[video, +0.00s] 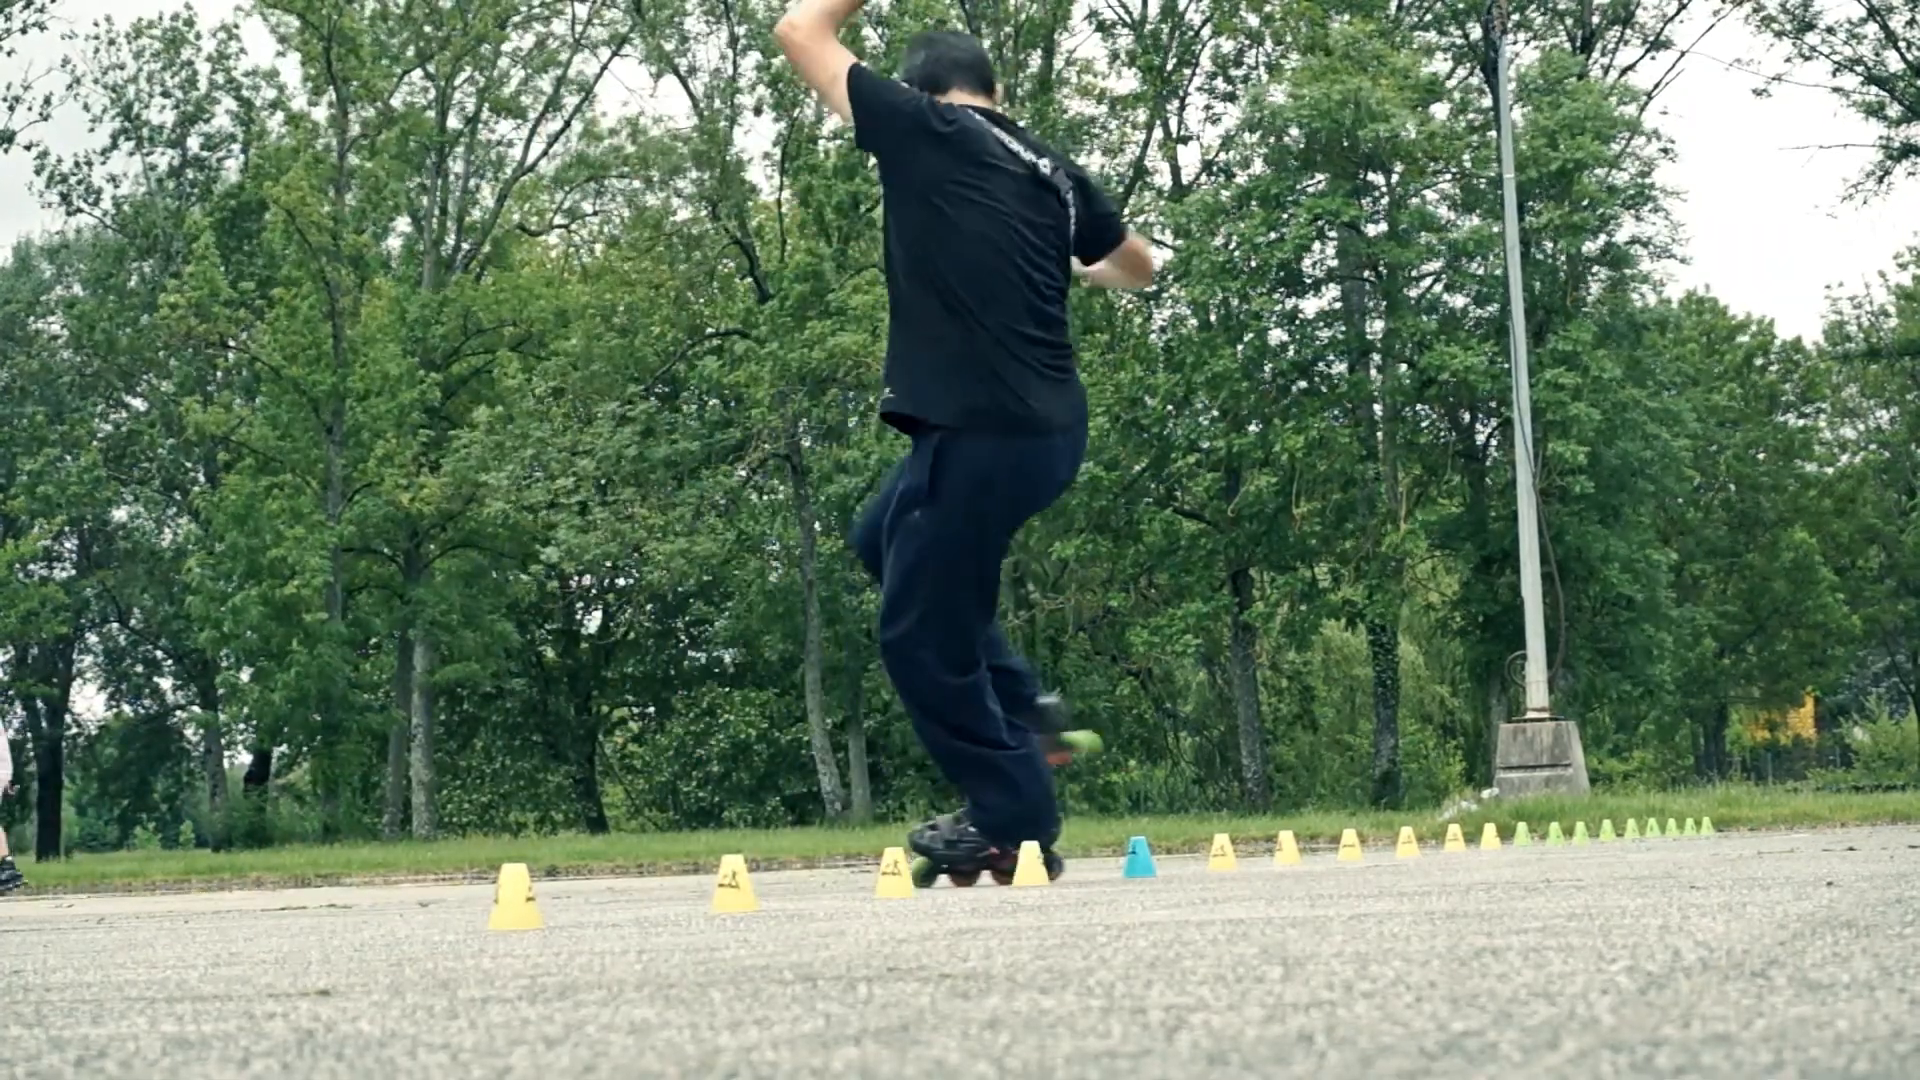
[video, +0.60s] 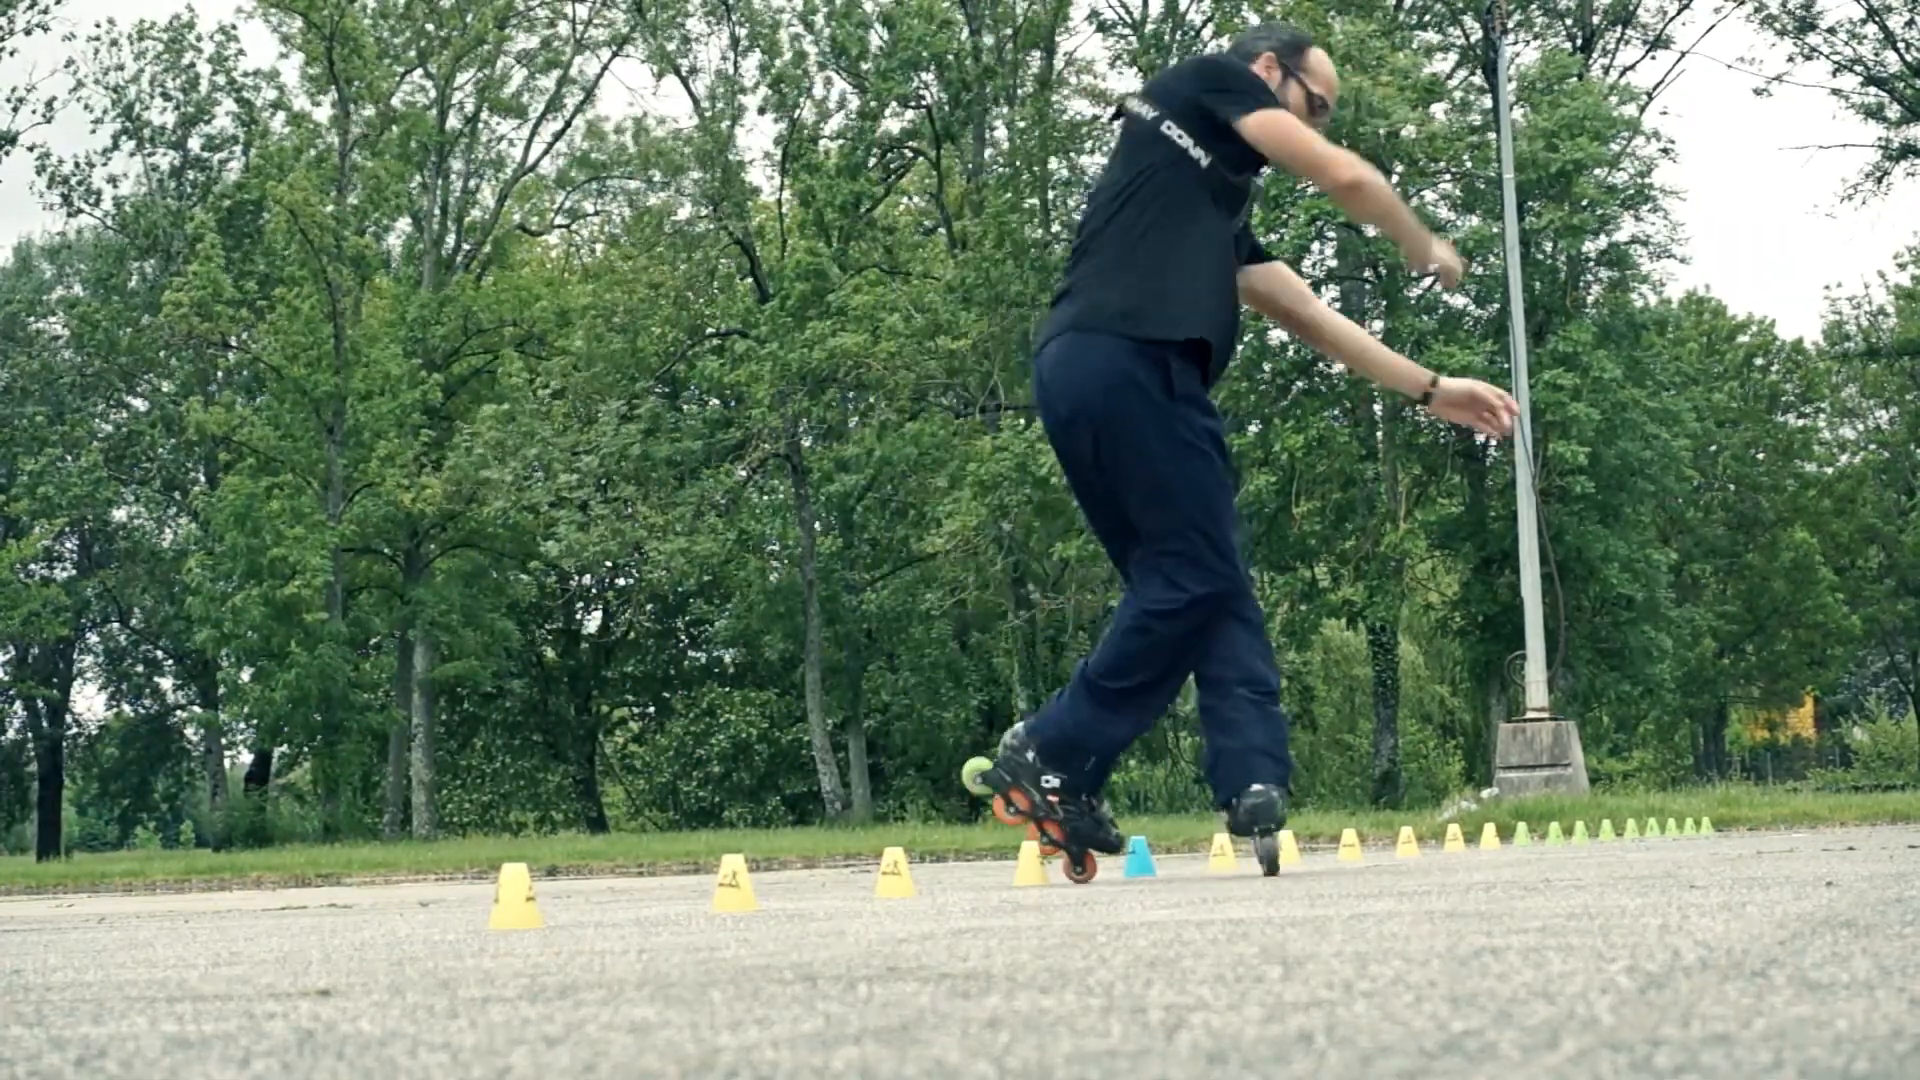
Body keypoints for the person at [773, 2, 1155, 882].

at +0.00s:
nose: (896, 113)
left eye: (900, 100)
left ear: (920, 94)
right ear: (995, 92)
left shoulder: (918, 121)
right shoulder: (1054, 170)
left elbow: (802, 33)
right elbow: (1138, 265)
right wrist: (1077, 259)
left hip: (984, 431)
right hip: (1047, 429)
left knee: (920, 636)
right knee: (878, 535)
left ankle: (1010, 815)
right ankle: (1020, 707)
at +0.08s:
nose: (941, 102)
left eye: (943, 95)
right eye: (951, 96)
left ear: (951, 97)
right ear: (1034, 95)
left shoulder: (923, 133)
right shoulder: (1084, 161)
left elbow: (816, 68)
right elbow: (1223, 222)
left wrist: (863, 6)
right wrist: (1259, 206)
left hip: (980, 439)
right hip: (1078, 430)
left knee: (945, 640)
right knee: (1021, 571)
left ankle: (1054, 814)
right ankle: (1172, 677)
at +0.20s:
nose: (1111, 94)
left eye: (1105, 87)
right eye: (1110, 83)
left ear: (1016, 83)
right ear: (1100, 82)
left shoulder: (962, 142)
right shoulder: (1136, 137)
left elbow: (895, 145)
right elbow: (1288, 133)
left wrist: (907, 77)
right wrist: (1351, 76)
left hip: (1002, 427)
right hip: (1111, 407)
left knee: (1016, 624)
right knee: (1135, 546)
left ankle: (1136, 811)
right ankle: (1205, 615)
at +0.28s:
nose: (1153, 83)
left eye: (1152, 74)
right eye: (1153, 71)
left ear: (1060, 64)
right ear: (1136, 65)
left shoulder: (993, 145)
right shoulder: (1153, 113)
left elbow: (988, 205)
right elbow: (1302, 82)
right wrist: (1352, 10)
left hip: (1014, 411)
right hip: (1123, 387)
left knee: (1084, 632)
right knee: (1194, 536)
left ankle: (1192, 817)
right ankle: (1167, 594)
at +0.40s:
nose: (1225, 78)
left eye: (1224, 64)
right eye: (1218, 62)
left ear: (1139, 50)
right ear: (1184, 49)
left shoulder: (1081, 124)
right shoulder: (1165, 83)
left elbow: (1102, 264)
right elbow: (1315, 46)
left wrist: (1197, 310)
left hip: (1041, 389)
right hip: (1125, 366)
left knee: (1161, 609)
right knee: (1235, 556)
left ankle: (1238, 804)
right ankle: (1048, 612)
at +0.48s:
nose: (1266, 75)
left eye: (1267, 66)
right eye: (1261, 62)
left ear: (1202, 46)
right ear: (1227, 45)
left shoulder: (1164, 148)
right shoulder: (1174, 66)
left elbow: (1214, 287)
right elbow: (1327, 72)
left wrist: (1314, 361)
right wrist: (1365, 55)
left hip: (1060, 376)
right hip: (1133, 364)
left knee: (1188, 585)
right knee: (1226, 563)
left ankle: (1250, 797)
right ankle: (1018, 656)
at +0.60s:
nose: (1318, 123)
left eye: (1325, 111)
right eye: (1315, 101)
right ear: (1268, 67)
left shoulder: (1215, 211)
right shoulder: (1210, 77)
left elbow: (1308, 314)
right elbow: (1343, 173)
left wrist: (1430, 386)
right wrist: (1420, 245)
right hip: (1120, 354)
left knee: (1215, 584)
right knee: (1189, 576)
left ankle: (1252, 786)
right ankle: (1052, 756)